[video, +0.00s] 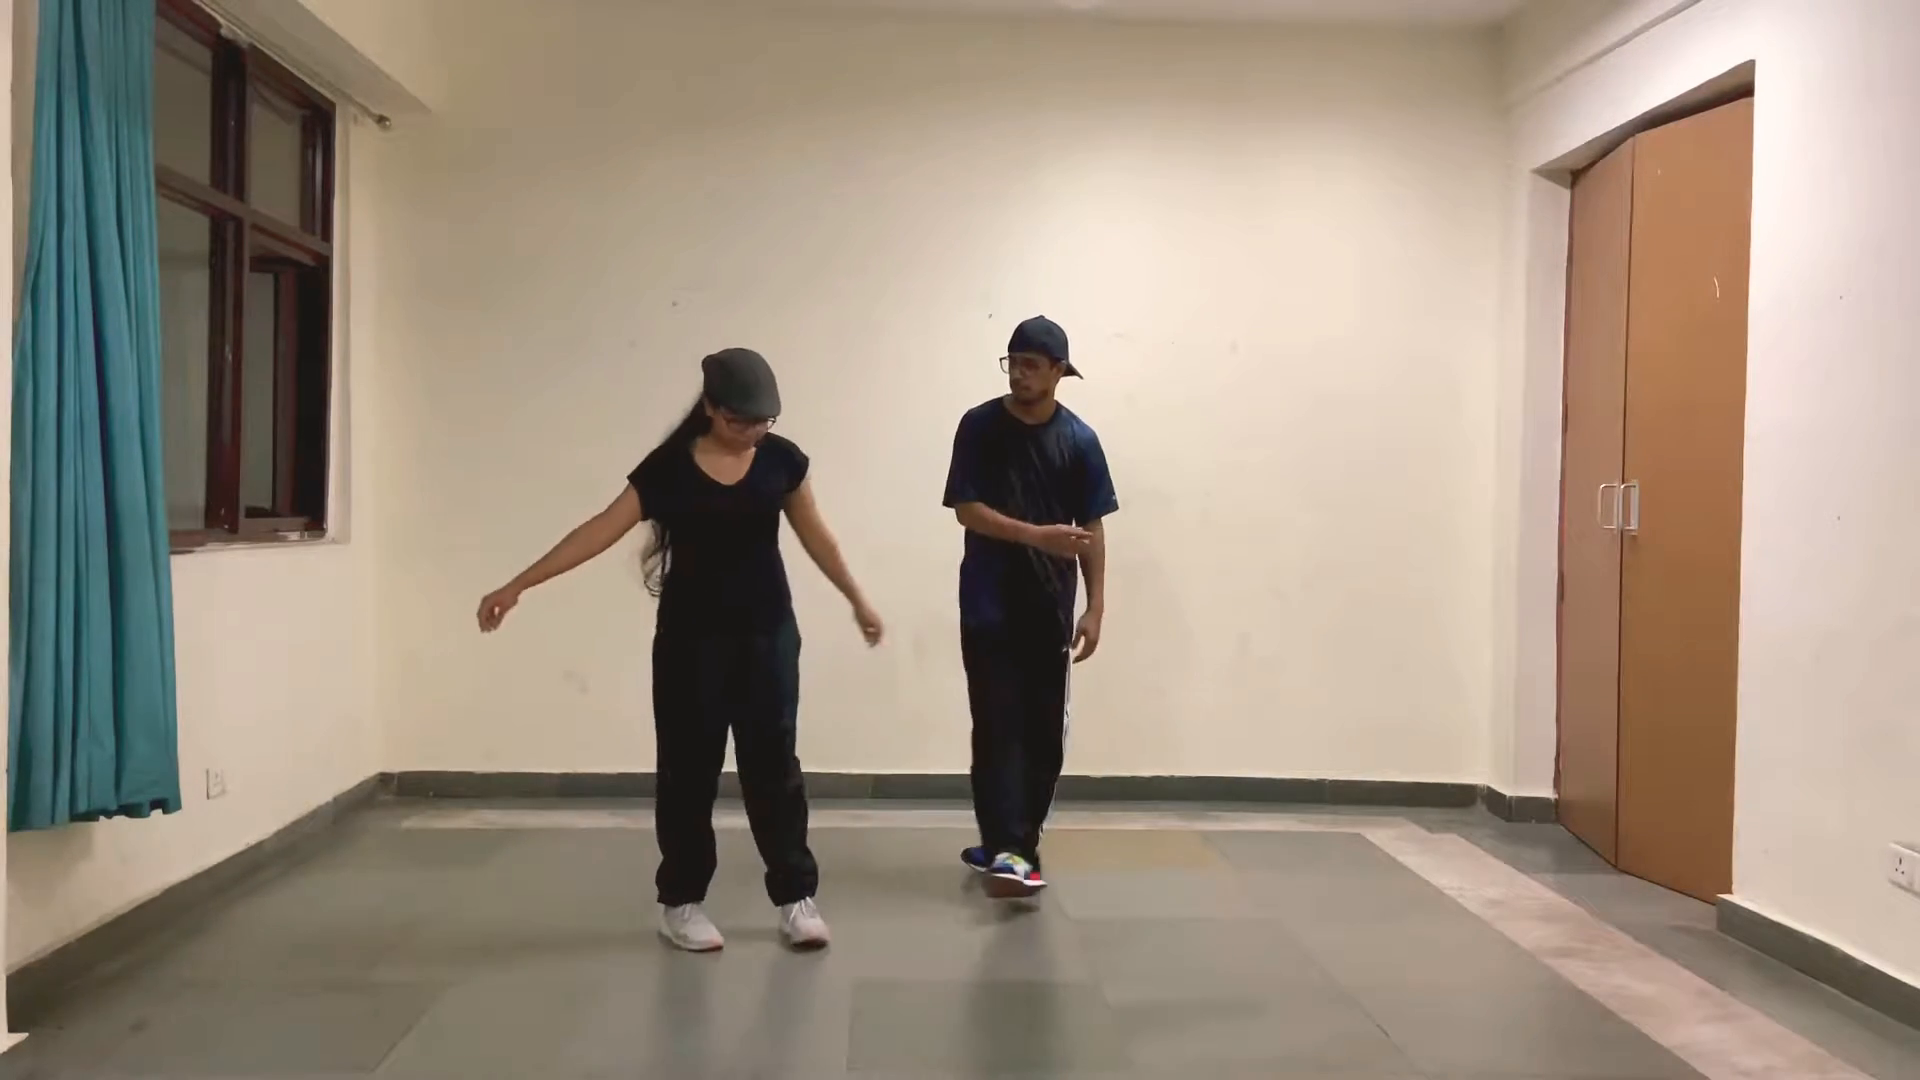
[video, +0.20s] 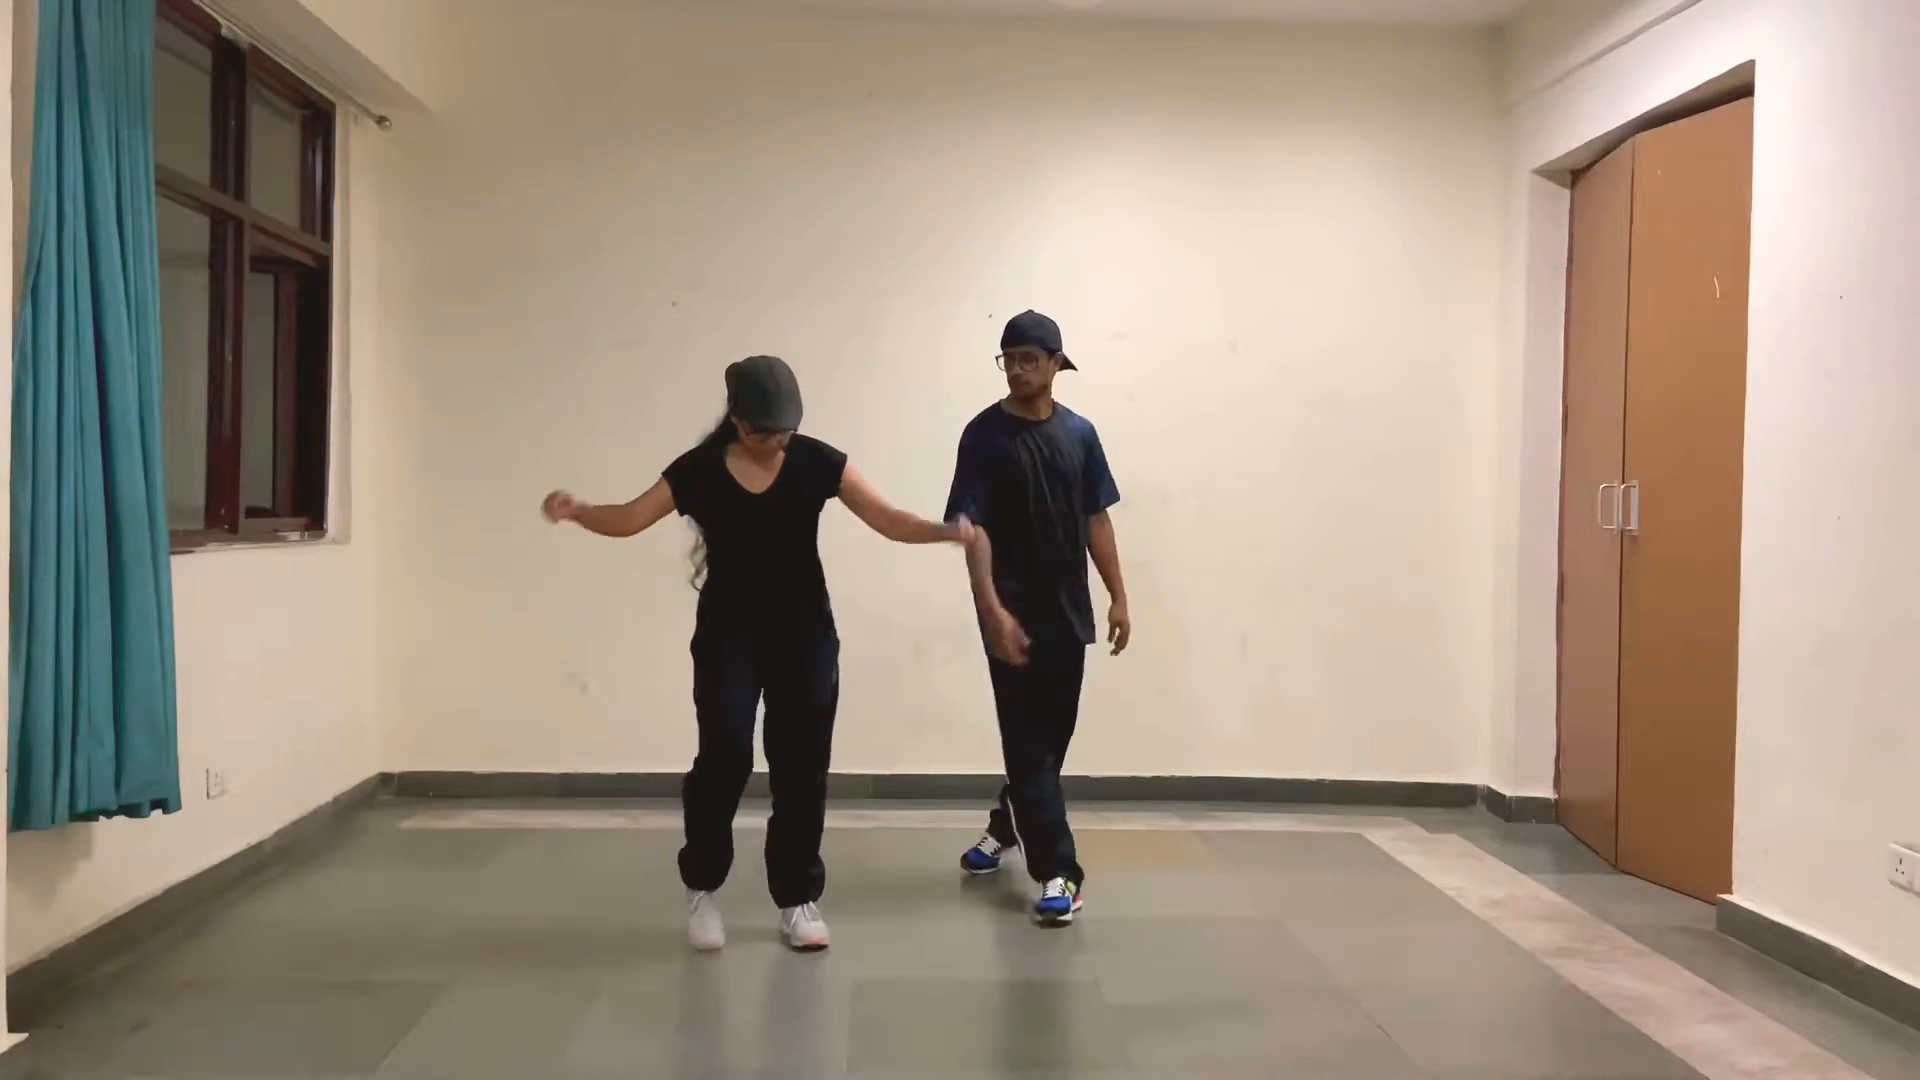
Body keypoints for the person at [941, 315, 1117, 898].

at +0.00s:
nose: (1022, 374)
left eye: (1034, 365)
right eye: (1015, 364)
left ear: (1059, 371)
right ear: (1006, 365)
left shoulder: (1079, 439)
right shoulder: (979, 426)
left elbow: (1092, 527)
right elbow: (965, 509)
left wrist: (1096, 607)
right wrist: (1036, 534)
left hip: (1049, 604)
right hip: (988, 600)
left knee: (1043, 724)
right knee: (996, 720)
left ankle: (1021, 848)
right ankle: (1005, 850)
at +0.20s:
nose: (1020, 368)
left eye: (1031, 359)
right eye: (1012, 359)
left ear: (1056, 364)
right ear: (1002, 366)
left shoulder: (1080, 433)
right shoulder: (983, 434)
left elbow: (1096, 519)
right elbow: (972, 530)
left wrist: (1119, 596)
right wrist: (993, 613)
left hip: (1067, 604)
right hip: (1009, 606)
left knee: (1053, 733)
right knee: (1026, 738)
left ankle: (1002, 828)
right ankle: (1057, 871)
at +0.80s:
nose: (1022, 355)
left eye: (1034, 344)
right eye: (1012, 345)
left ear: (1056, 345)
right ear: (999, 348)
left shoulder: (1087, 412)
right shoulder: (983, 427)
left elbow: (1124, 488)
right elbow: (959, 516)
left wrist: (1183, 549)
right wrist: (910, 579)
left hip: (1095, 608)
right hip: (1024, 616)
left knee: (1108, 731)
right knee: (1034, 745)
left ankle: (1090, 846)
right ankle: (1052, 872)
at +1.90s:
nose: (985, 369)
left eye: (997, 357)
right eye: (973, 357)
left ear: (1018, 358)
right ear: (958, 359)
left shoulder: (1046, 432)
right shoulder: (928, 433)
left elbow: (1077, 519)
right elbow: (899, 529)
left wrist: (1114, 566)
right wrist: (856, 616)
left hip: (1037, 627)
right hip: (961, 625)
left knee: (1043, 763)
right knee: (961, 752)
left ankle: (1029, 906)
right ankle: (964, 849)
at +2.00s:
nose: (966, 360)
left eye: (978, 348)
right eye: (954, 349)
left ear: (1001, 348)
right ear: (941, 352)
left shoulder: (1036, 424)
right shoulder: (915, 428)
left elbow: (1073, 504)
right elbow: (889, 524)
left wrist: (1112, 537)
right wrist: (846, 611)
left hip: (1021, 627)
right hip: (943, 625)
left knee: (1032, 762)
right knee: (934, 750)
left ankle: (1026, 907)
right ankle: (896, 862)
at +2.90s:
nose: (993, 374)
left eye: (1005, 361)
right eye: (980, 362)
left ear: (1023, 360)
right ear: (960, 361)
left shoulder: (1056, 430)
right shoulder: (935, 435)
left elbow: (1084, 525)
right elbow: (915, 538)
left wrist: (1132, 607)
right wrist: (886, 620)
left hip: (1046, 622)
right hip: (971, 625)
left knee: (1050, 759)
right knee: (975, 762)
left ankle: (1045, 900)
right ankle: (982, 901)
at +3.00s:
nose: (1001, 379)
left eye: (1013, 366)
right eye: (987, 366)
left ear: (1031, 364)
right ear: (969, 368)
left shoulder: (1061, 435)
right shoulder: (940, 442)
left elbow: (1066, 543)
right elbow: (923, 539)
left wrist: (1058, 633)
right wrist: (899, 626)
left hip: (1059, 611)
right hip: (985, 617)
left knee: (1078, 748)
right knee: (987, 756)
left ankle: (1089, 879)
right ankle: (987, 901)